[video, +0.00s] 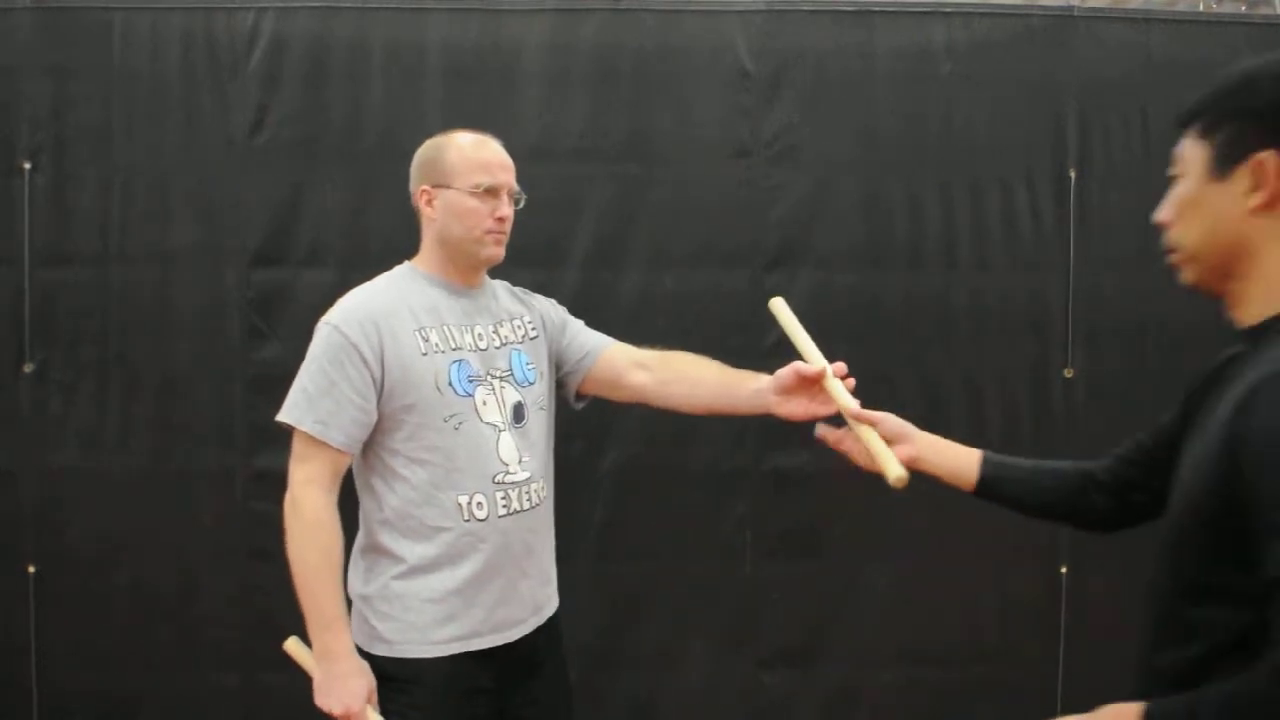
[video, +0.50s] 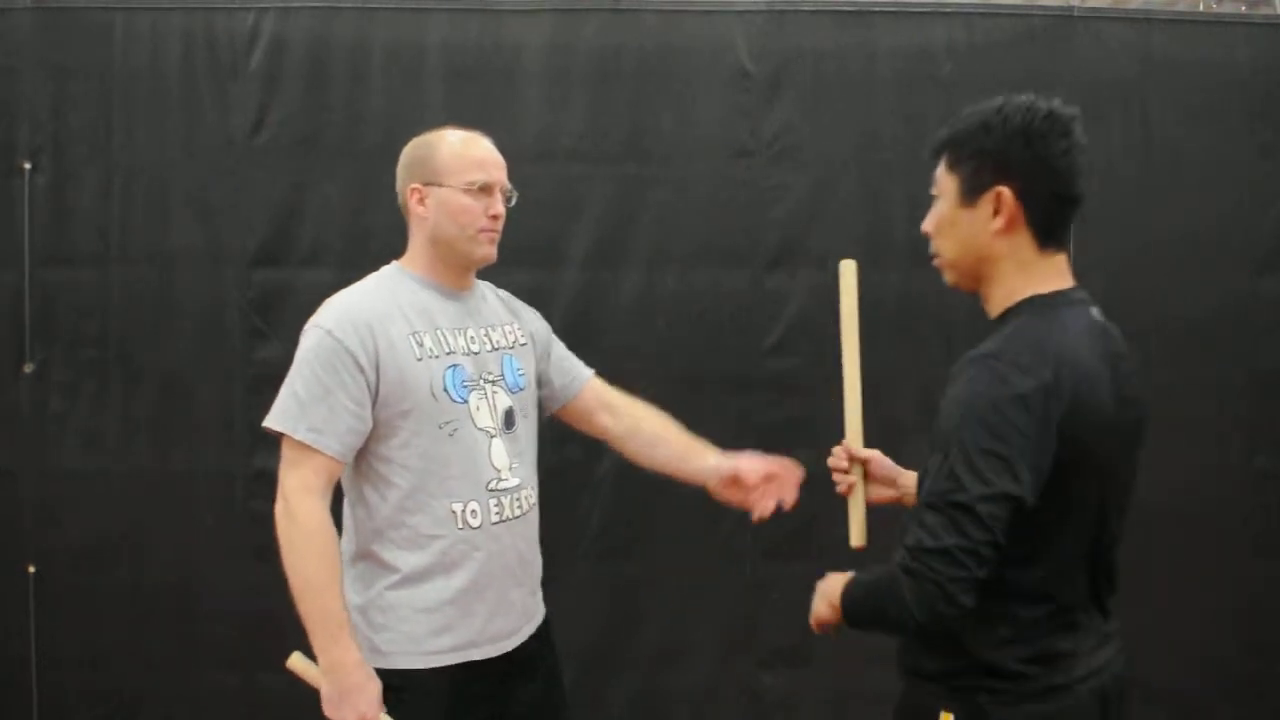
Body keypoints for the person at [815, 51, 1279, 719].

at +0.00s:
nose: (1159, 215)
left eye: (1179, 181)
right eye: (1169, 185)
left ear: (1260, 183)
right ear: (1255, 184)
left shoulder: (1265, 381)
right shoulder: (1241, 373)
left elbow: (1270, 670)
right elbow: (1113, 496)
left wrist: (1151, 711)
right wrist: (921, 449)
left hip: (1231, 704)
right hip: (1179, 698)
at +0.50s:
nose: (926, 227)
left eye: (939, 202)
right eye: (930, 203)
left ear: (999, 211)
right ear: (1005, 213)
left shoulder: (1005, 371)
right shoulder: (1098, 345)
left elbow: (934, 590)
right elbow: (1054, 510)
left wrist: (844, 596)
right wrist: (911, 487)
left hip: (985, 696)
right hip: (1081, 678)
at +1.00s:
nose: (893, 236)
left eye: (912, 215)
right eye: (901, 216)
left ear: (974, 228)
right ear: (967, 229)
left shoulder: (1003, 354)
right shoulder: (978, 342)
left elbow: (970, 531)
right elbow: (957, 486)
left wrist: (871, 540)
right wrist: (875, 490)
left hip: (984, 656)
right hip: (957, 647)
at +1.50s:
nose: (889, 237)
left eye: (908, 217)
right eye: (896, 217)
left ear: (967, 231)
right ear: (962, 233)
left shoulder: (996, 352)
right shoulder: (981, 340)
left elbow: (952, 526)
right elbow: (968, 480)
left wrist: (864, 543)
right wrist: (880, 488)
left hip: (994, 654)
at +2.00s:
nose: (902, 239)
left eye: (921, 220)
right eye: (909, 220)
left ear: (981, 238)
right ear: (978, 240)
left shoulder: (1005, 354)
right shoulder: (977, 344)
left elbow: (970, 520)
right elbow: (943, 478)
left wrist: (882, 569)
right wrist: (849, 497)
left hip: (986, 640)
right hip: (959, 633)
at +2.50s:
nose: (904, 246)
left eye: (918, 230)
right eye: (908, 229)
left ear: (974, 242)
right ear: (970, 245)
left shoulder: (967, 352)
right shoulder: (1001, 334)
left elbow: (860, 469)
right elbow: (873, 388)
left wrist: (886, 414)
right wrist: (875, 279)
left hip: (964, 620)